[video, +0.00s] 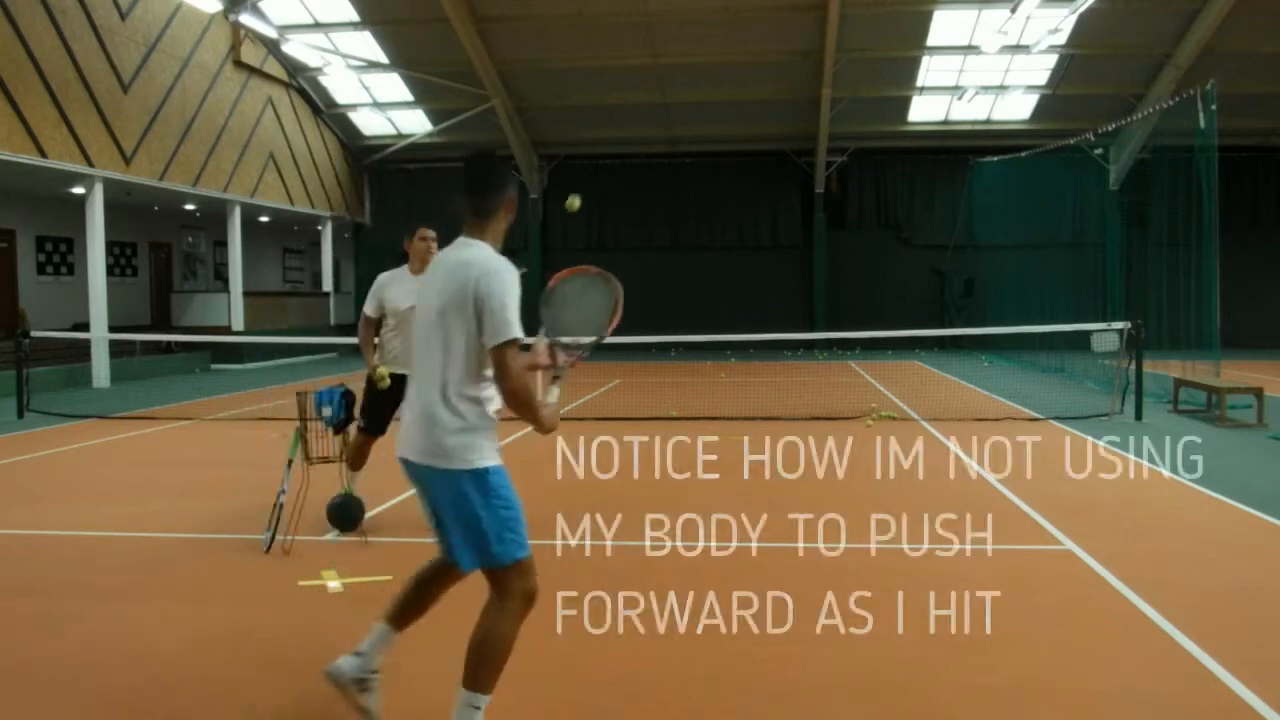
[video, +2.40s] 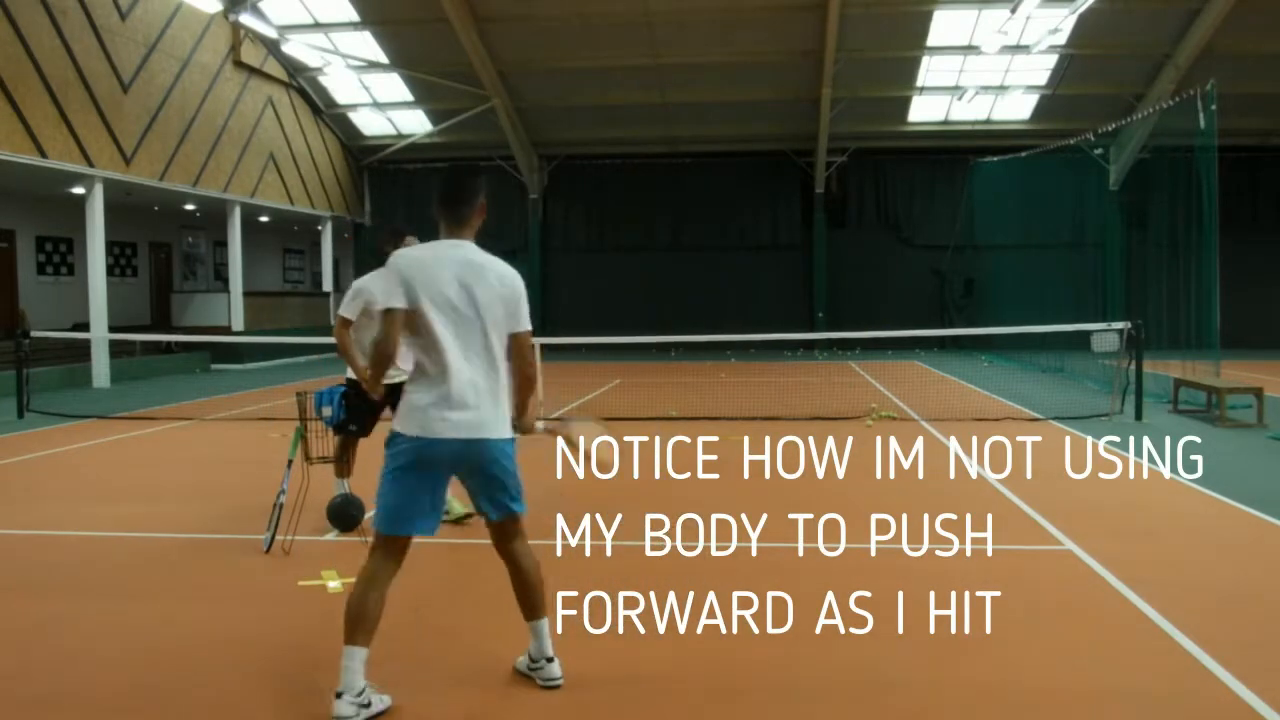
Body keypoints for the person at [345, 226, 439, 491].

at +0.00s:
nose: (431, 246)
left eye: (434, 241)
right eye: (424, 240)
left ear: (439, 248)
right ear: (408, 246)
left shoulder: (444, 282)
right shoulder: (387, 281)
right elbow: (367, 323)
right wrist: (371, 362)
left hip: (431, 373)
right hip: (391, 372)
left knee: (440, 435)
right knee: (366, 434)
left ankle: (443, 499)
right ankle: (350, 485)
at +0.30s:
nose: (384, 249)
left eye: (388, 244)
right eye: (378, 243)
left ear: (393, 250)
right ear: (364, 250)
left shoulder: (409, 288)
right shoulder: (345, 289)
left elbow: (424, 329)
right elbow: (331, 334)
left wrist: (427, 351)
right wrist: (338, 372)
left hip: (401, 379)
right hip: (360, 379)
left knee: (419, 437)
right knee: (350, 442)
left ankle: (441, 508)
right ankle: (344, 501)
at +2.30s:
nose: (407, 249)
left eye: (406, 244)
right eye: (403, 244)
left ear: (390, 247)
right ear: (385, 246)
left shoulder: (404, 281)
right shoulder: (353, 282)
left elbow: (416, 320)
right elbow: (330, 327)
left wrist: (442, 340)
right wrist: (348, 367)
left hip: (399, 375)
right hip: (360, 378)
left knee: (419, 432)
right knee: (345, 438)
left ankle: (440, 490)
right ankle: (342, 495)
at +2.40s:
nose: (414, 258)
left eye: (416, 251)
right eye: (407, 251)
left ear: (421, 251)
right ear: (390, 252)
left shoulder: (425, 288)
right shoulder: (368, 286)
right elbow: (341, 331)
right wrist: (362, 372)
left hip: (410, 378)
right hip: (367, 380)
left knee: (429, 436)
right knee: (349, 437)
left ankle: (443, 498)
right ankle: (343, 495)